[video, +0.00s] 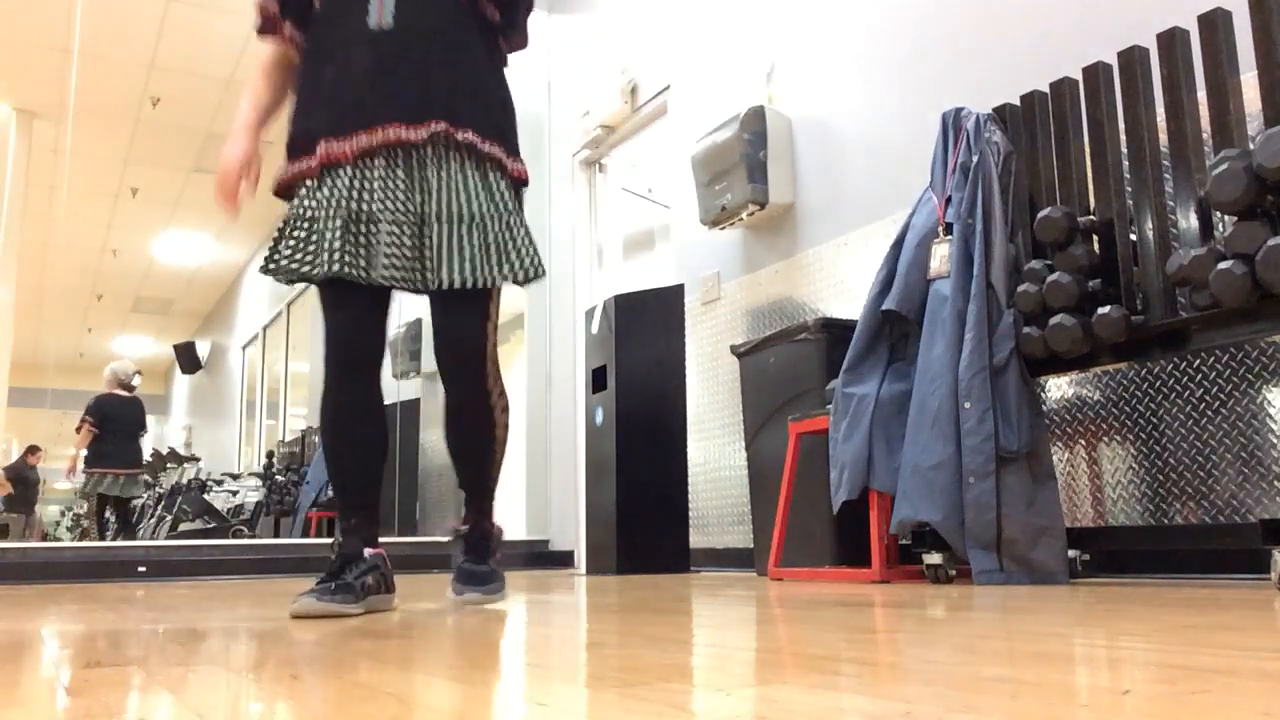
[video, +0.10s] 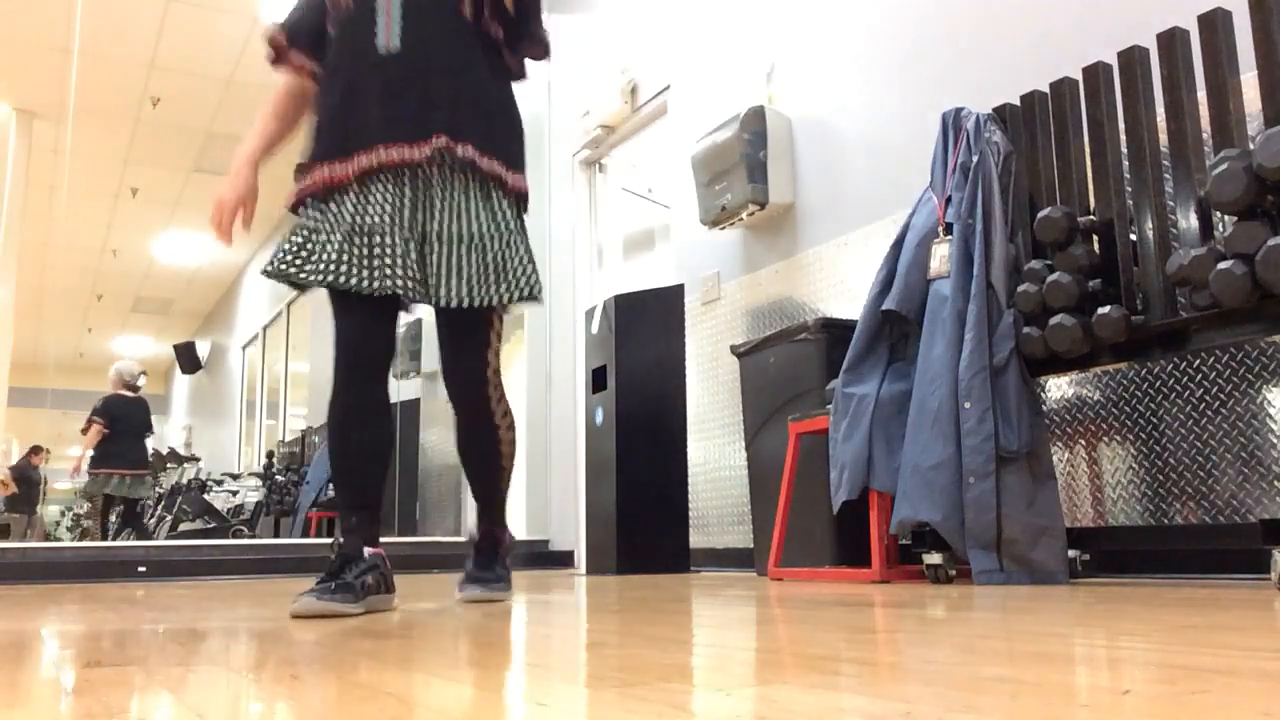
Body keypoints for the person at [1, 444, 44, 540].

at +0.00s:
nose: (39, 461)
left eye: (40, 458)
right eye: (38, 457)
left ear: (30, 455)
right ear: (29, 455)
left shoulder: (33, 467)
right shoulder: (18, 466)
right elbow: (2, 474)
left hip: (29, 508)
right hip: (16, 509)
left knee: (35, 535)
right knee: (15, 538)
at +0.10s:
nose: (41, 461)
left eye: (42, 459)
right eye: (40, 458)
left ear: (33, 456)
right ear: (32, 456)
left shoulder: (35, 468)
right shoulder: (21, 467)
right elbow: (6, 476)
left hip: (31, 509)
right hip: (18, 510)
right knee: (17, 540)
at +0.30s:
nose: (55, 462)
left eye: (55, 460)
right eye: (54, 459)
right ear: (44, 457)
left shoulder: (46, 469)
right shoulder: (34, 465)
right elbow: (20, 474)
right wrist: (25, 489)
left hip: (44, 508)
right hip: (30, 508)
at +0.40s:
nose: (58, 463)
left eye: (59, 460)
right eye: (57, 460)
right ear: (49, 457)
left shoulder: (49, 470)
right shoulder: (37, 466)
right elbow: (24, 477)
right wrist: (29, 489)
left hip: (49, 513)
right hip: (37, 512)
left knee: (45, 544)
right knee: (34, 544)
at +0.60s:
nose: (68, 463)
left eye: (69, 460)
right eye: (68, 460)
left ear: (58, 457)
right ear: (60, 457)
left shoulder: (43, 465)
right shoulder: (55, 469)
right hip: (53, 511)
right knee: (54, 544)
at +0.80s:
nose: (78, 464)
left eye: (79, 461)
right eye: (77, 461)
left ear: (69, 458)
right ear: (70, 458)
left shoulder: (57, 467)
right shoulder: (65, 470)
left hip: (56, 512)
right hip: (65, 513)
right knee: (68, 543)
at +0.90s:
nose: (83, 464)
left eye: (83, 461)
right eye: (82, 460)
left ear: (74, 458)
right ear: (74, 458)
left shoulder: (72, 469)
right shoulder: (65, 468)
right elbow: (53, 481)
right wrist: (58, 496)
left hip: (72, 512)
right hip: (66, 513)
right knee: (66, 543)